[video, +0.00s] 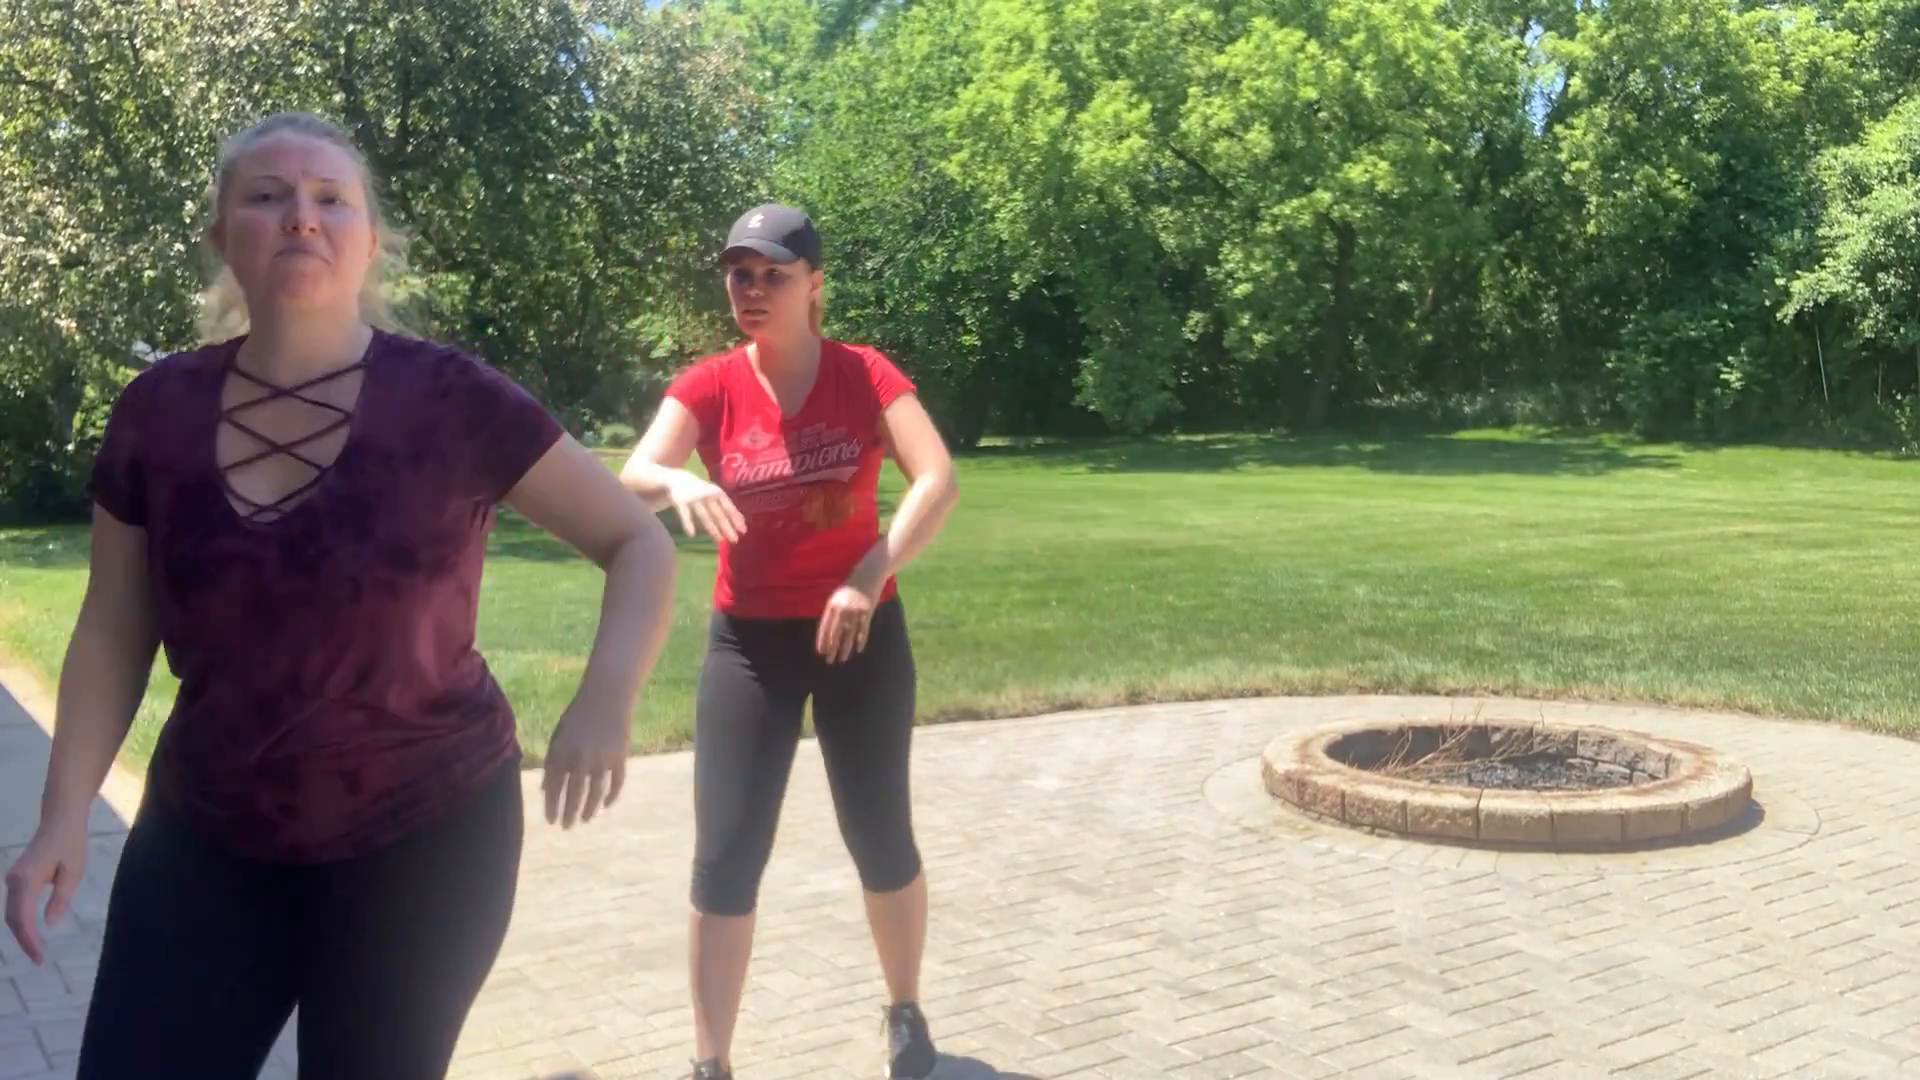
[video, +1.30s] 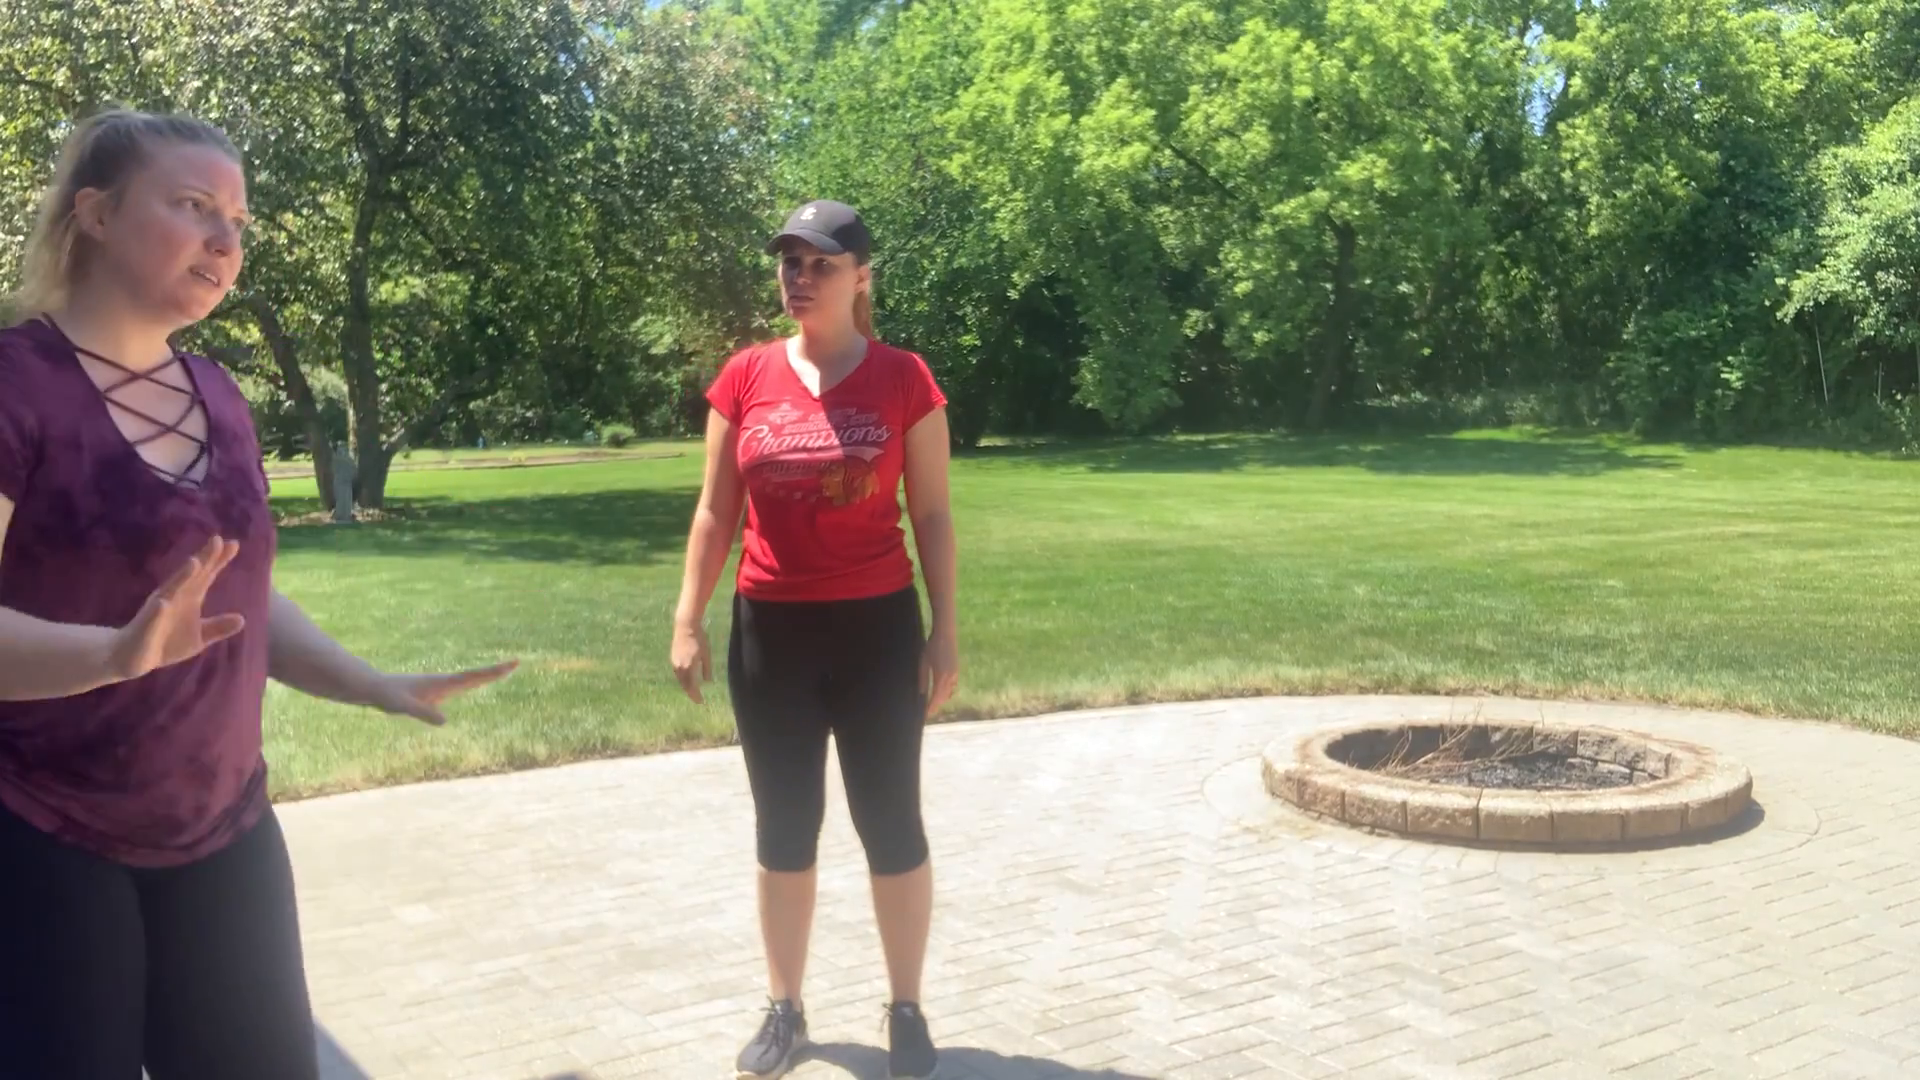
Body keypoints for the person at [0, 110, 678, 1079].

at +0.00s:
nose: (302, 218)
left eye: (331, 199)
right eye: (268, 197)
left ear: (374, 245)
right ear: (219, 239)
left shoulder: (454, 398)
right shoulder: (159, 409)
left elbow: (638, 542)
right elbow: (115, 631)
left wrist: (606, 697)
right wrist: (63, 812)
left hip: (420, 827)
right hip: (212, 821)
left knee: (370, 1065)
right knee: (130, 1067)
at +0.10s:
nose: (258, 235)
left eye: (287, 206)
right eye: (221, 208)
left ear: (331, 236)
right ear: (172, 243)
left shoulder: (417, 395)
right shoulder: (126, 410)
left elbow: (597, 568)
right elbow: (104, 635)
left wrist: (487, 739)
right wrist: (45, 834)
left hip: (402, 835)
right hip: (190, 833)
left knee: (361, 1066)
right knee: (113, 1065)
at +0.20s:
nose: (221, 255)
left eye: (249, 222)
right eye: (181, 227)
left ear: (294, 233)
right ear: (132, 250)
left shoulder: (386, 391)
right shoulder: (87, 408)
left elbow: (530, 600)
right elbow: (74, 626)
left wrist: (367, 752)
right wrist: (23, 803)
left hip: (380, 835)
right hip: (163, 837)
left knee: (350, 1067)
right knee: (122, 1066)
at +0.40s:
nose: (192, 273)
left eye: (215, 228)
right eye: (145, 241)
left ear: (251, 214)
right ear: (85, 247)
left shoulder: (352, 384)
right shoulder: (41, 391)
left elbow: (427, 627)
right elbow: (12, 629)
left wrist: (227, 718)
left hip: (331, 841)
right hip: (104, 842)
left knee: (322, 1065)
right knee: (115, 1065)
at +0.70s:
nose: (246, 229)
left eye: (254, 195)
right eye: (201, 204)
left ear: (271, 200)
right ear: (105, 224)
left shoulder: (349, 371)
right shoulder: (32, 386)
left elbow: (444, 587)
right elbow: (4, 602)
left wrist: (306, 617)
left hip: (323, 841)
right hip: (89, 846)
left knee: (318, 1065)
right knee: (113, 1065)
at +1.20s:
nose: (236, 241)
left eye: (249, 220)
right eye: (202, 205)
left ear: (257, 244)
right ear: (101, 211)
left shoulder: (264, 398)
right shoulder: (13, 383)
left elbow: (317, 590)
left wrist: (416, 649)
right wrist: (74, 639)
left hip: (259, 842)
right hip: (61, 854)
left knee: (282, 1066)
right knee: (86, 1066)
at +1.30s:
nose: (228, 241)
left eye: (237, 222)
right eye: (195, 206)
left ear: (239, 250)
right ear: (91, 216)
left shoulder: (217, 394)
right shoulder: (14, 383)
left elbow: (242, 597)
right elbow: (0, 628)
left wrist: (381, 686)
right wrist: (110, 653)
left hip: (223, 824)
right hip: (52, 838)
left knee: (267, 1065)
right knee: (75, 1066)